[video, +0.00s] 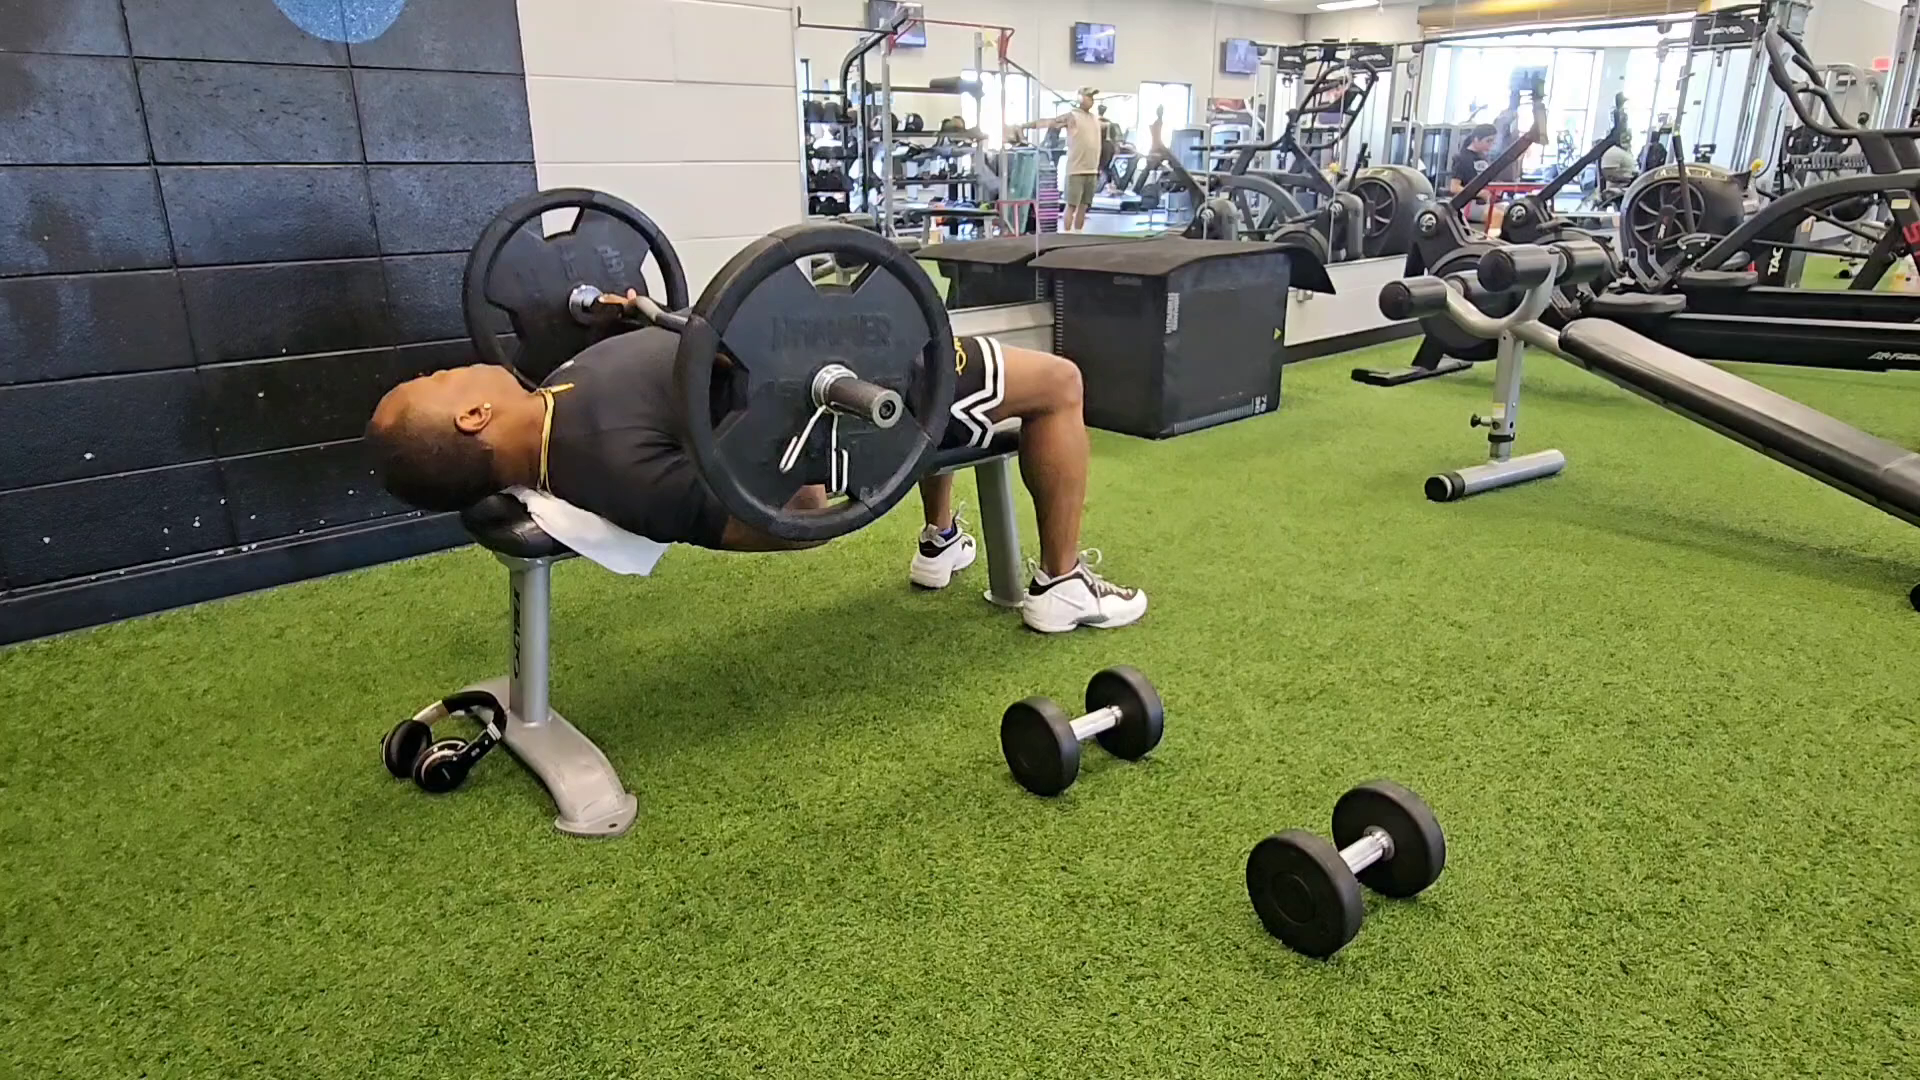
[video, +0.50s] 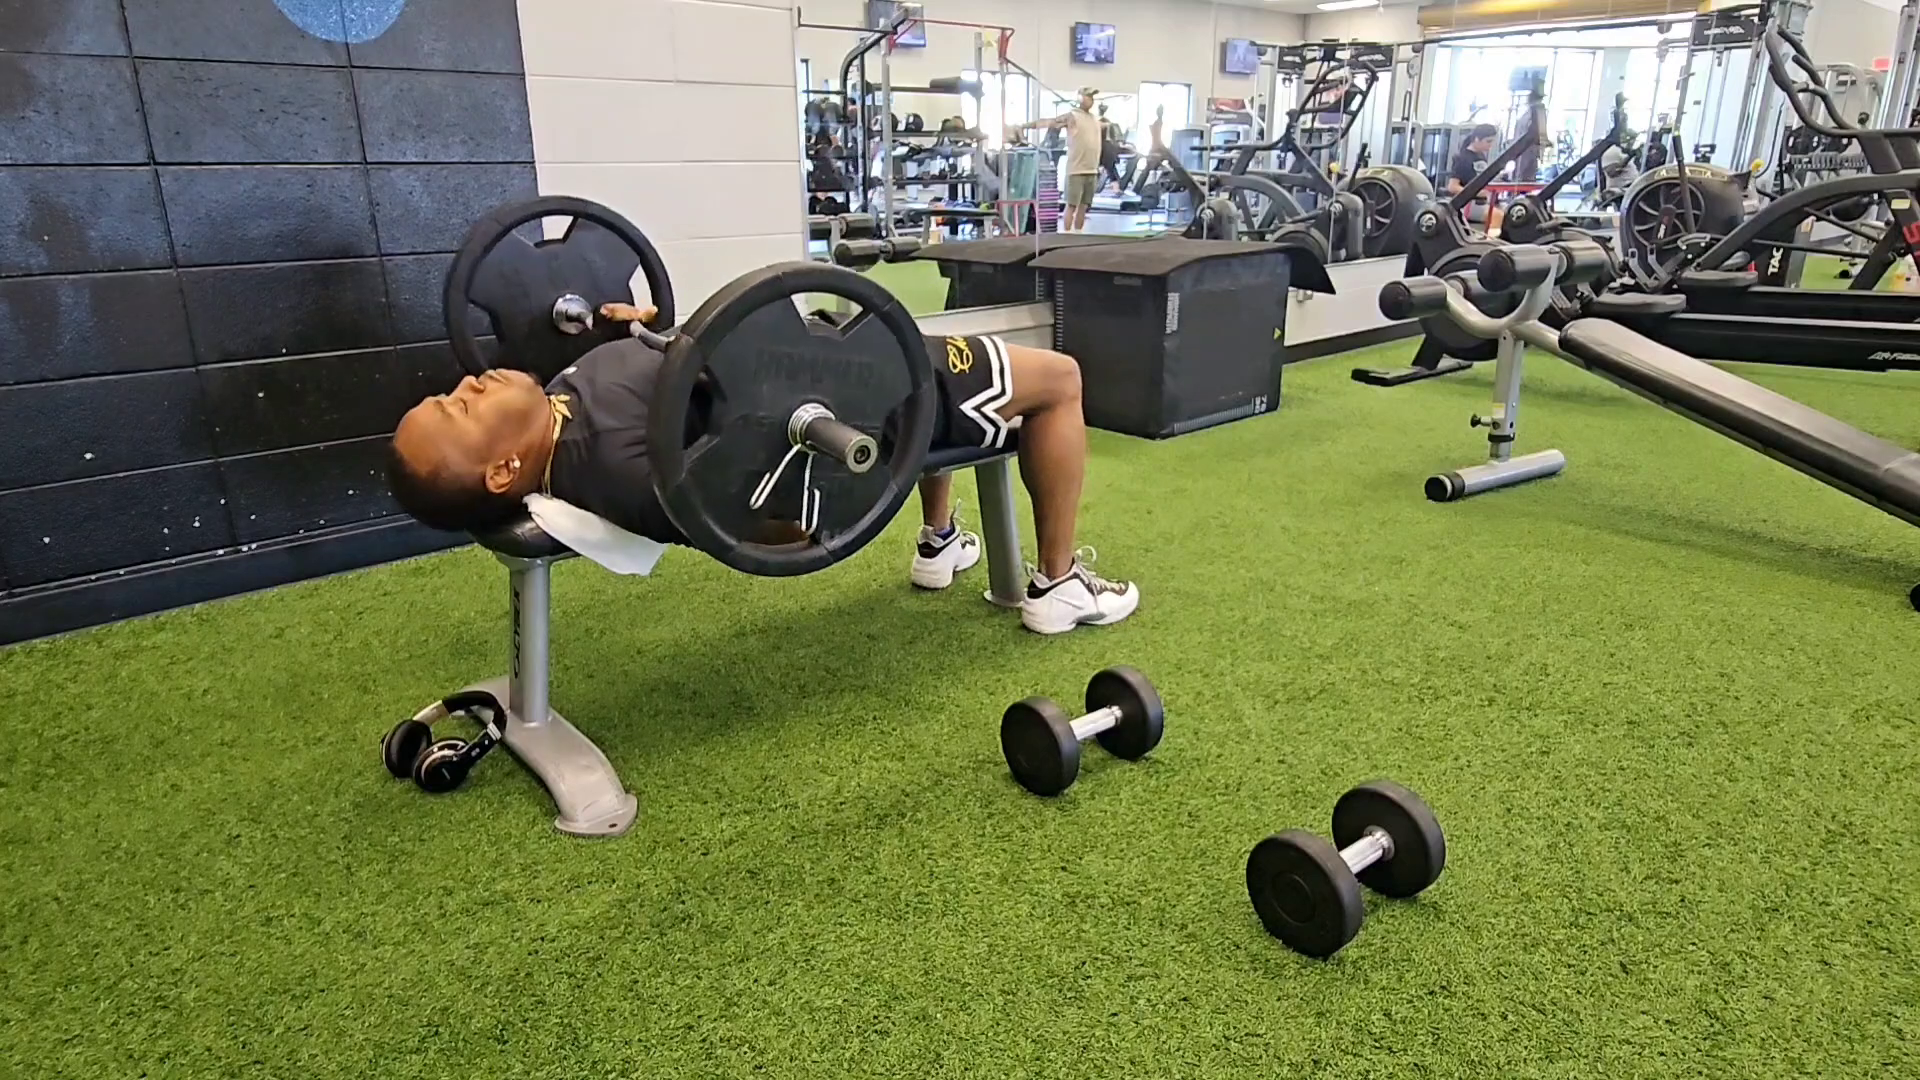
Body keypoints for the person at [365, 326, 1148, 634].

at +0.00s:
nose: (465, 363)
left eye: (441, 368)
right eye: (451, 376)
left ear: (473, 426)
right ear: (474, 421)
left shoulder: (555, 399)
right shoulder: (620, 476)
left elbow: (682, 358)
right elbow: (781, 524)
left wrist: (641, 322)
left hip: (795, 369)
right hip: (841, 428)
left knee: (929, 343)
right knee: (1056, 381)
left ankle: (942, 540)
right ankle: (1064, 582)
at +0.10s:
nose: (459, 361)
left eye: (430, 368)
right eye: (443, 376)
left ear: (473, 427)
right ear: (473, 426)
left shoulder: (541, 405)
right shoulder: (635, 479)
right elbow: (796, 511)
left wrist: (625, 324)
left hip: (786, 368)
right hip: (847, 428)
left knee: (926, 336)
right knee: (1058, 383)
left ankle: (941, 540)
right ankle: (1061, 580)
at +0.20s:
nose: (468, 357)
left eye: (443, 368)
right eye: (459, 378)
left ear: (497, 442)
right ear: (498, 441)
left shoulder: (556, 407)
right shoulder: (631, 475)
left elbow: (679, 364)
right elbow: (793, 523)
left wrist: (623, 331)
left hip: (794, 377)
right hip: (857, 429)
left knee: (929, 342)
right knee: (1064, 380)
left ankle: (938, 540)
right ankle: (1060, 582)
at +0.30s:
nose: (469, 365)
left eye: (446, 377)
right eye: (464, 389)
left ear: (504, 449)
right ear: (508, 455)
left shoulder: (562, 396)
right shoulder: (634, 472)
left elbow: (657, 357)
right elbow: (777, 523)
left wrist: (623, 327)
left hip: (793, 372)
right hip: (855, 422)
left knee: (927, 344)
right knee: (1059, 378)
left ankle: (937, 539)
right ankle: (1060, 582)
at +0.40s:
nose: (463, 371)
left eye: (441, 384)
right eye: (460, 397)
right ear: (509, 468)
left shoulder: (551, 398)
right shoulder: (638, 472)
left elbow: (641, 358)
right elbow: (788, 526)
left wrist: (632, 323)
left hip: (782, 372)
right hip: (852, 422)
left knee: (924, 342)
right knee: (1056, 375)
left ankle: (940, 540)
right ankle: (1056, 584)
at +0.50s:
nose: (471, 372)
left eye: (446, 384)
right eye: (459, 399)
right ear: (508, 475)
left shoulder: (548, 405)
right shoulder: (634, 472)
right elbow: (786, 520)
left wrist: (628, 336)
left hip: (790, 369)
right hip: (854, 419)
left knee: (932, 342)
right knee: (1057, 378)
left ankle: (942, 541)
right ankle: (1058, 581)